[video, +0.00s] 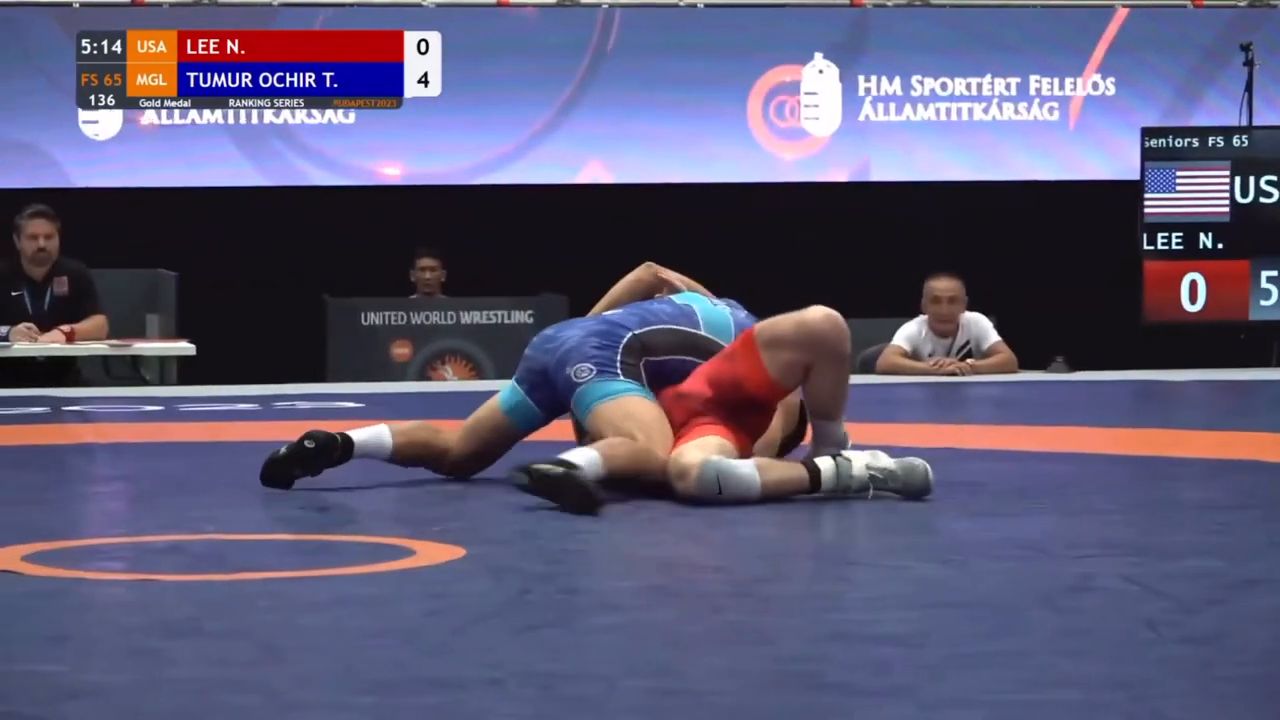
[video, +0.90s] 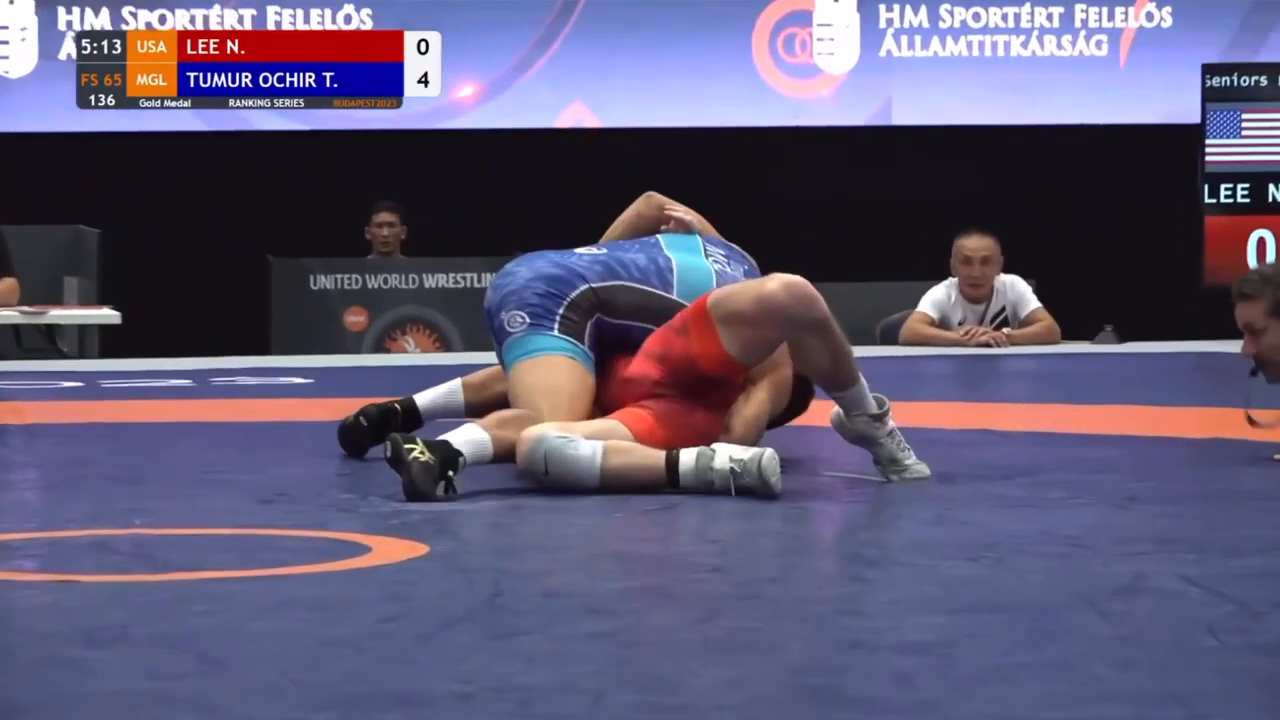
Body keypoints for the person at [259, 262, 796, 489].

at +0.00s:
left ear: (752, 320)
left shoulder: (723, 309)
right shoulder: (776, 362)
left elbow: (653, 269)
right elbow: (783, 428)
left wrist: (587, 326)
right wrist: (757, 467)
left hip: (552, 339)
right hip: (611, 346)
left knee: (461, 450)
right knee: (648, 451)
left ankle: (343, 441)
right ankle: (573, 465)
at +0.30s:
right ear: (806, 356)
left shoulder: (730, 297)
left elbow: (666, 252)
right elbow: (754, 443)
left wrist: (603, 309)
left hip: (551, 315)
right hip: (593, 333)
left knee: (513, 420)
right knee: (599, 452)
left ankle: (394, 415)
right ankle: (494, 463)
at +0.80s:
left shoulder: (731, 264)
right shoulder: (782, 344)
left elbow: (661, 212)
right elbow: (746, 435)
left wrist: (598, 270)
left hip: (533, 281)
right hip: (563, 309)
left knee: (546, 378)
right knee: (565, 433)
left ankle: (415, 414)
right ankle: (459, 457)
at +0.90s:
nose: (770, 391)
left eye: (780, 387)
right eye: (780, 388)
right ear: (779, 390)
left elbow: (653, 200)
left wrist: (594, 267)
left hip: (685, 348)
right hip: (688, 419)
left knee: (794, 294)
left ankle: (870, 424)